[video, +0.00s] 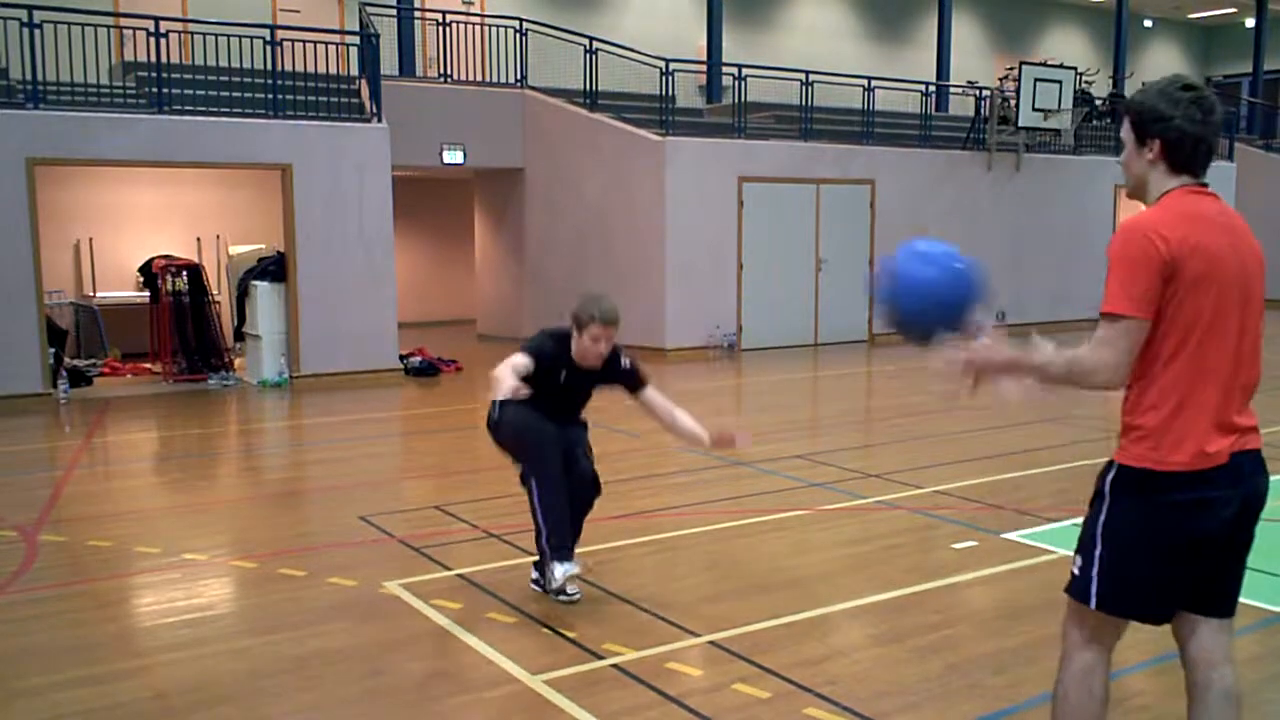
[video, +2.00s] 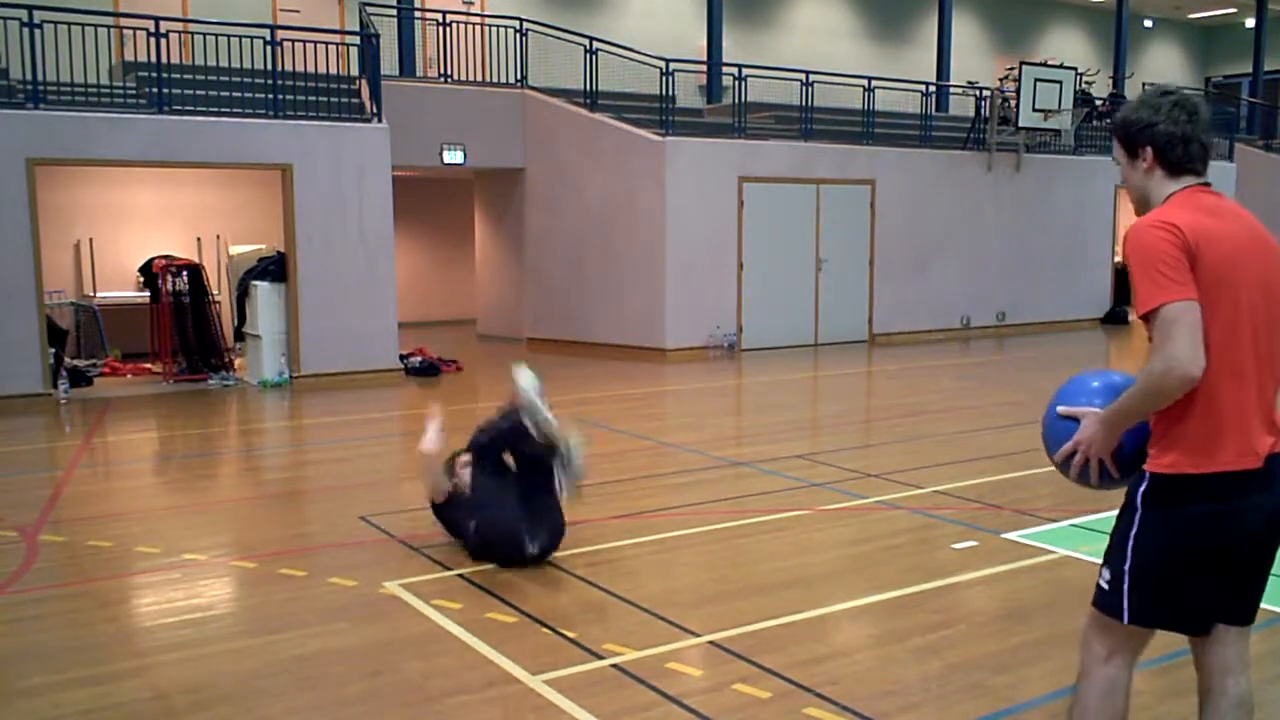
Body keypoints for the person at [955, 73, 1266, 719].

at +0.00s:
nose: (1120, 159)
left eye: (1124, 143)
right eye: (1122, 144)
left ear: (1149, 147)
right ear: (1196, 148)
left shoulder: (1146, 230)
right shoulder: (1239, 232)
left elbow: (1106, 365)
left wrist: (1009, 356)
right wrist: (1039, 363)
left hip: (1154, 475)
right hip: (1234, 472)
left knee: (1088, 637)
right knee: (1206, 636)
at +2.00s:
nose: (1120, 178)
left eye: (1121, 162)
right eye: (1119, 163)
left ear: (1146, 157)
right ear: (1193, 155)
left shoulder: (1158, 230)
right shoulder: (1252, 227)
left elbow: (1180, 362)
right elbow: (1250, 361)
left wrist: (1108, 422)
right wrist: (1144, 412)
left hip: (1185, 482)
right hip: (1259, 476)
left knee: (1108, 648)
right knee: (1224, 651)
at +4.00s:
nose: (1110, 161)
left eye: (1111, 145)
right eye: (1109, 146)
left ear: (1134, 147)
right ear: (1190, 146)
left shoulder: (1124, 227)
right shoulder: (1252, 234)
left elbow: (1090, 362)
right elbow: (1237, 344)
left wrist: (1065, 307)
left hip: (1152, 479)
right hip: (1241, 475)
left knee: (1105, 656)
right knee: (1212, 647)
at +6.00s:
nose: (1160, 190)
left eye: (1162, 175)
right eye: (1158, 176)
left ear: (1190, 169)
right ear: (1227, 163)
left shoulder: (1205, 233)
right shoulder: (1273, 212)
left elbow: (1230, 360)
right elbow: (1259, 347)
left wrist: (1171, 428)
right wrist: (1196, 409)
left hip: (1250, 464)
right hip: (1279, 458)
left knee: (1191, 639)